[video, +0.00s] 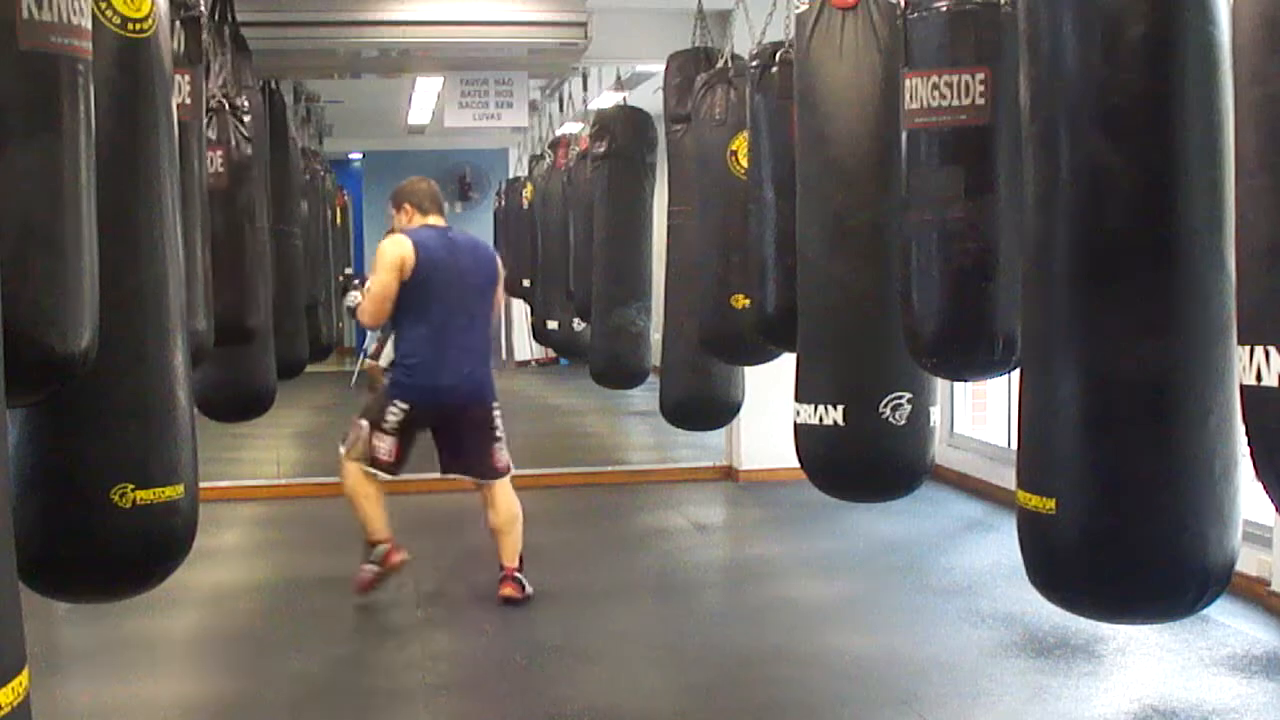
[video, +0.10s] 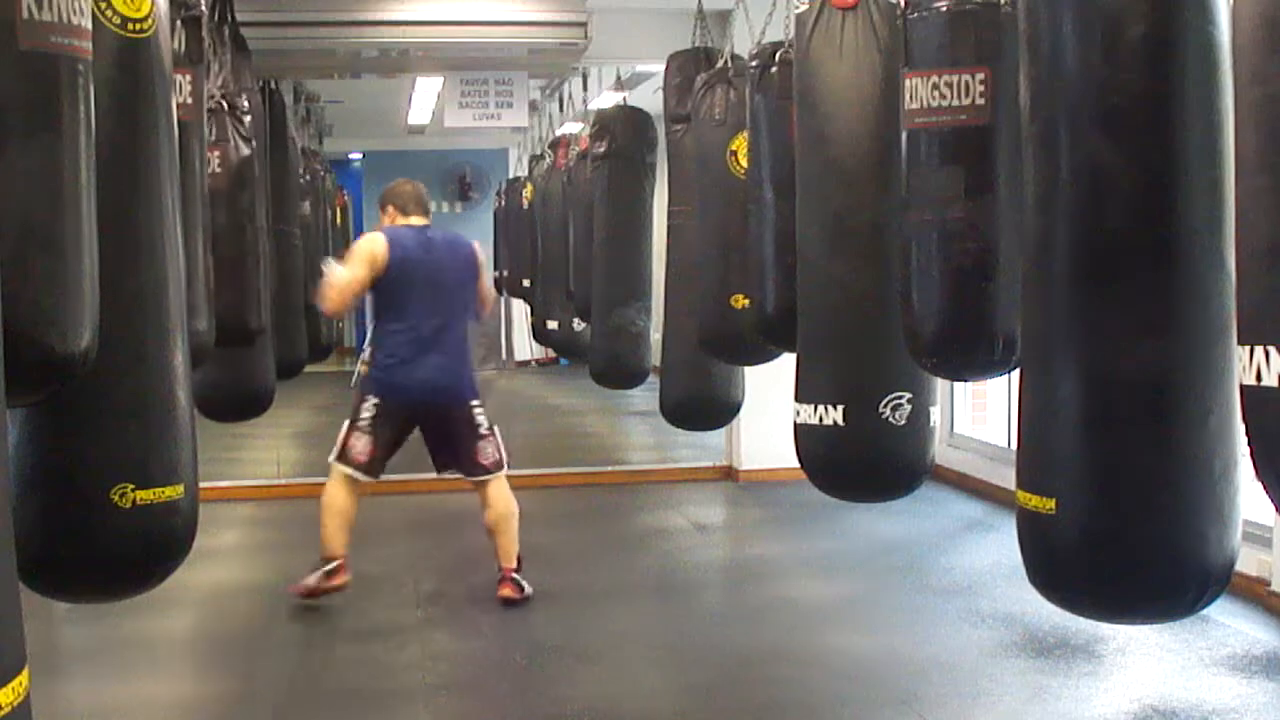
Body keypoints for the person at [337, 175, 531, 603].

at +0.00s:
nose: (393, 224)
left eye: (393, 216)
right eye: (392, 217)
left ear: (407, 211)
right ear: (442, 211)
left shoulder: (398, 246)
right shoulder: (487, 253)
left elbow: (372, 317)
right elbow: (495, 311)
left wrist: (362, 295)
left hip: (414, 385)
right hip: (473, 388)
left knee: (354, 461)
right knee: (497, 482)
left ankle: (381, 546)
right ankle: (512, 572)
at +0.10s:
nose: (380, 221)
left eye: (381, 215)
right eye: (381, 216)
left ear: (390, 213)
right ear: (427, 212)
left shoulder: (377, 244)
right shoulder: (466, 249)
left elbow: (332, 302)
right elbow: (484, 306)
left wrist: (333, 275)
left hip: (391, 386)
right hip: (453, 386)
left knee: (344, 478)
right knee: (492, 480)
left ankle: (333, 564)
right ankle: (510, 574)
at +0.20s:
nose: (361, 224)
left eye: (362, 219)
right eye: (363, 219)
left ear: (368, 220)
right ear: (410, 222)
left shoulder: (342, 248)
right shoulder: (441, 255)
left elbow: (276, 279)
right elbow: (465, 309)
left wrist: (268, 268)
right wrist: (438, 280)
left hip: (370, 396)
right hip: (432, 393)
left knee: (327, 490)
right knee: (481, 482)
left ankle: (318, 583)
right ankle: (508, 571)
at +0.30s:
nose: (329, 222)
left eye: (330, 216)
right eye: (330, 217)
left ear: (339, 216)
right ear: (380, 218)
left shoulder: (323, 244)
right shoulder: (417, 255)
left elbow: (270, 291)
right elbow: (426, 311)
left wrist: (284, 264)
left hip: (354, 392)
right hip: (415, 390)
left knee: (308, 486)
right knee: (453, 476)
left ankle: (314, 585)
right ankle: (506, 556)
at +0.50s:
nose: (311, 221)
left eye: (310, 214)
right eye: (309, 215)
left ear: (322, 209)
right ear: (350, 205)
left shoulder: (337, 239)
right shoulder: (377, 242)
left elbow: (286, 288)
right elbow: (396, 323)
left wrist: (282, 248)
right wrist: (420, 394)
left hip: (357, 380)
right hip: (401, 378)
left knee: (318, 482)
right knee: (415, 476)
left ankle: (315, 587)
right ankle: (478, 554)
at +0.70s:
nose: (325, 233)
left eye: (324, 227)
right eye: (323, 228)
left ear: (336, 220)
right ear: (370, 219)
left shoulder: (340, 251)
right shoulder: (407, 254)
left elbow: (305, 316)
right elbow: (403, 314)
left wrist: (294, 292)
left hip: (370, 389)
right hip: (422, 387)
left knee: (315, 484)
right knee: (443, 480)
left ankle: (316, 584)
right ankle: (490, 564)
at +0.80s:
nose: (341, 235)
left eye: (340, 229)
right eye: (340, 229)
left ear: (352, 224)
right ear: (385, 221)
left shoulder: (350, 255)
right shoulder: (434, 261)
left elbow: (329, 327)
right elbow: (449, 325)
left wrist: (312, 304)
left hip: (379, 391)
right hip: (434, 392)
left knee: (325, 485)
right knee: (455, 483)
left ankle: (316, 582)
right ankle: (496, 571)